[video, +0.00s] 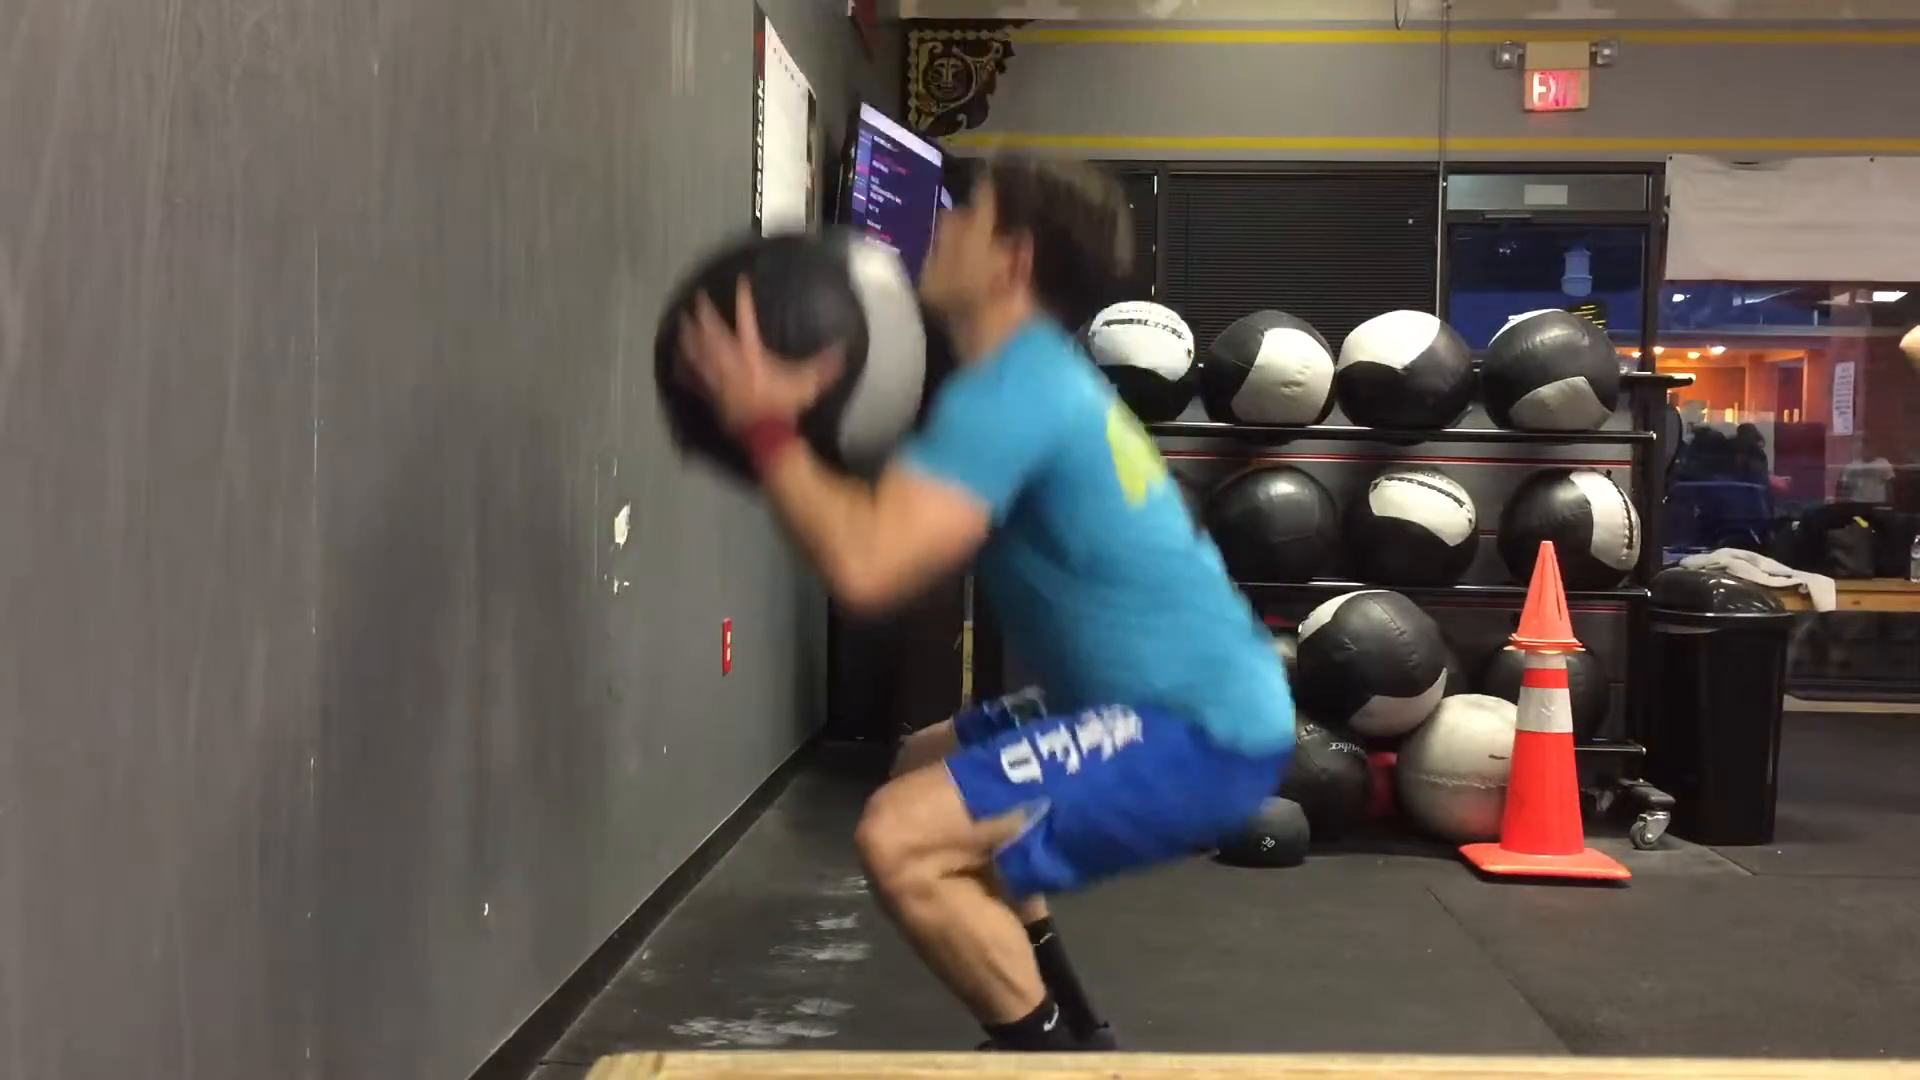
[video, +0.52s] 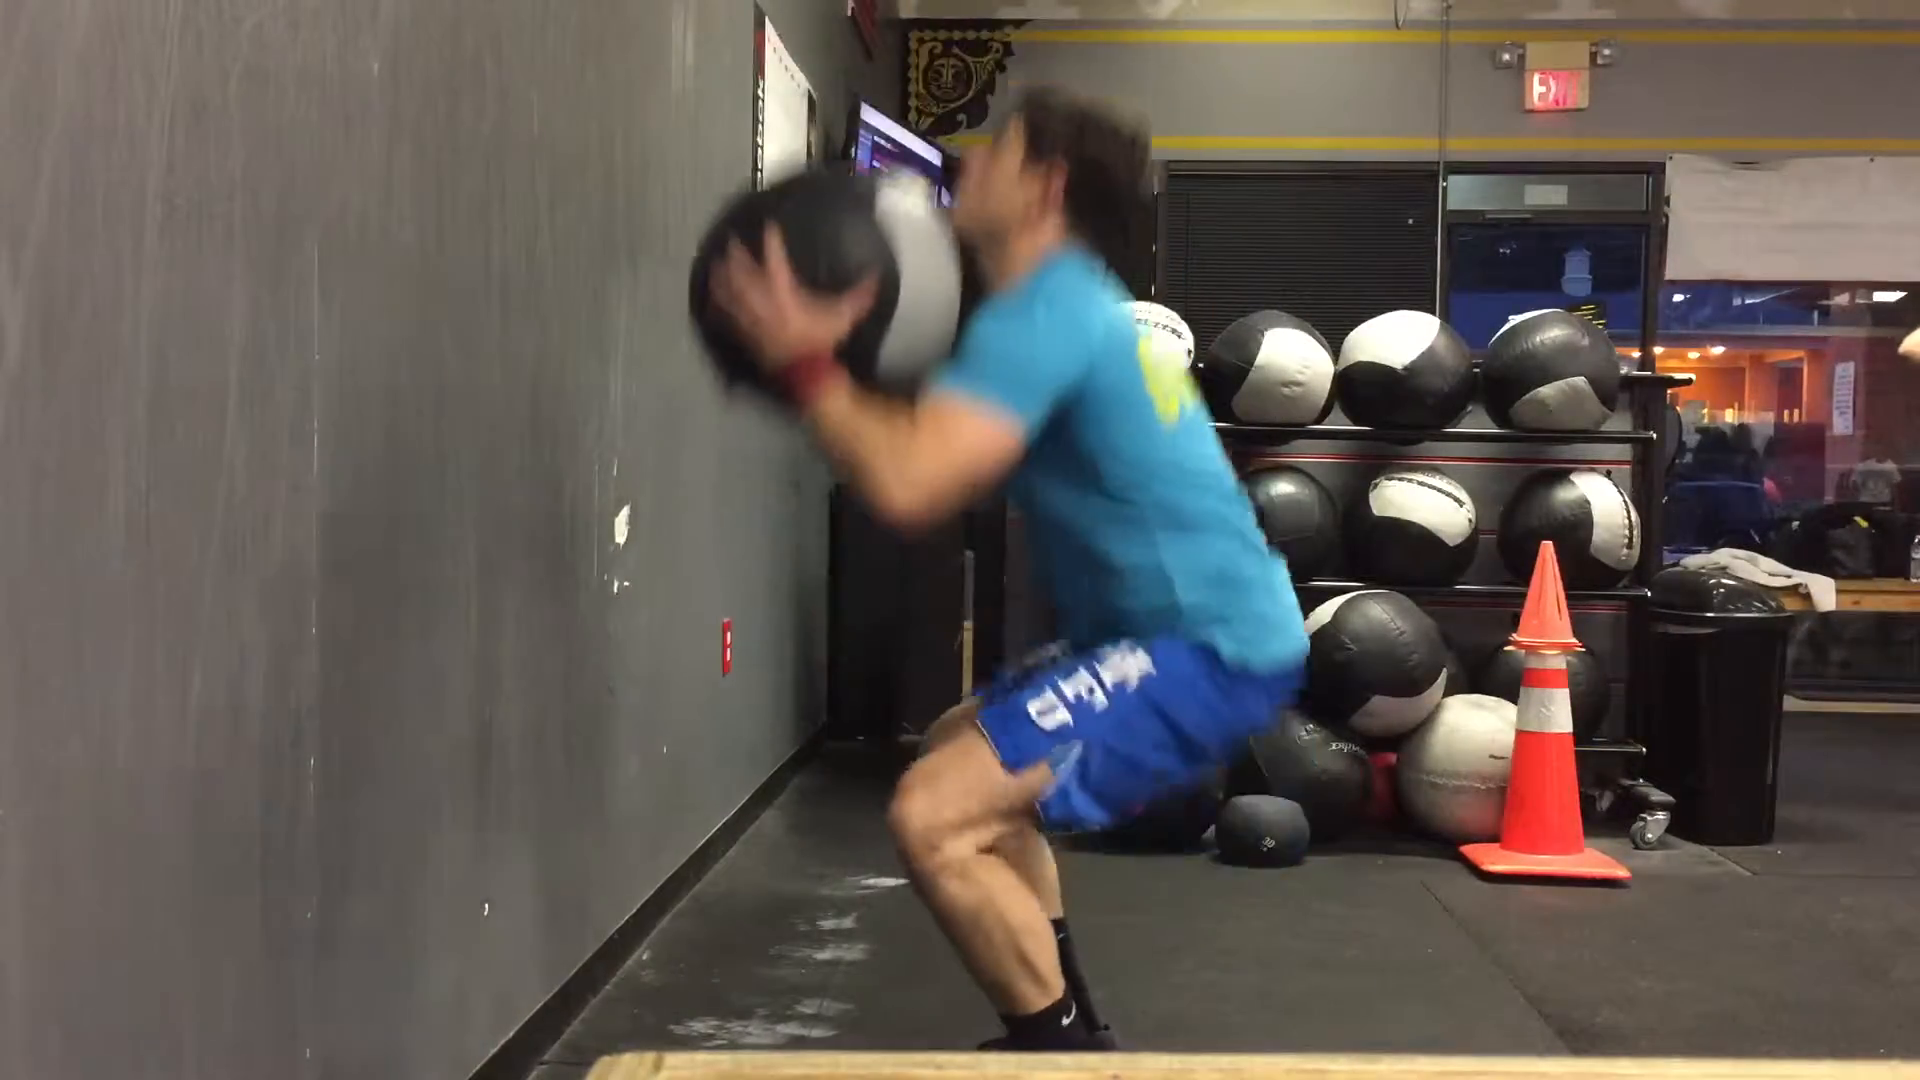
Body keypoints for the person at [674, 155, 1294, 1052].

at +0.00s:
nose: (940, 225)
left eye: (965, 214)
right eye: (956, 208)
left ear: (1013, 263)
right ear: (1015, 269)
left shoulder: (1018, 390)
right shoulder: (1028, 371)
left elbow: (869, 567)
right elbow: (891, 538)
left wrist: (766, 428)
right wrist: (781, 427)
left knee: (900, 841)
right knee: (924, 764)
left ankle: (1046, 1046)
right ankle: (1063, 1016)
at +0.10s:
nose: (929, 336)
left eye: (952, 323)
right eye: (943, 319)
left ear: (1004, 369)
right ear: (1004, 373)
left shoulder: (1010, 505)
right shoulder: (1026, 483)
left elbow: (867, 700)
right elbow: (889, 661)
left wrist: (762, 559)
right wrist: (782, 555)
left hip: (1190, 830)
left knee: (888, 853)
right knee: (911, 775)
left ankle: (1042, 1050)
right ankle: (1066, 1028)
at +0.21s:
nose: (924, 401)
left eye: (948, 389)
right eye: (939, 384)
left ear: (1000, 436)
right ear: (1002, 440)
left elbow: (873, 765)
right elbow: (903, 721)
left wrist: (767, 638)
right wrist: (791, 637)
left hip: (1199, 876)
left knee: (899, 858)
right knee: (925, 815)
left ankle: (1047, 1056)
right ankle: (1071, 1036)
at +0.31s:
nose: (929, 365)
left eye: (950, 353)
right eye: (941, 348)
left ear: (1003, 393)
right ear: (1006, 395)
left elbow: (889, 726)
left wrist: (771, 602)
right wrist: (798, 608)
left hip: (1211, 829)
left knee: (908, 841)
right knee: (935, 774)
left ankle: (1045, 1050)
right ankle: (1067, 1031)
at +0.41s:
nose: (939, 275)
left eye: (963, 261)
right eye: (953, 257)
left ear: (1019, 305)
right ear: (1018, 310)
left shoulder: (1029, 435)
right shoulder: (1048, 412)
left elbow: (900, 623)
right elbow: (911, 586)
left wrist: (783, 503)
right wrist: (789, 492)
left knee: (920, 826)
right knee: (947, 754)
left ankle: (1052, 1051)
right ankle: (1064, 1016)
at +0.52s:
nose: (966, 160)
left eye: (993, 148)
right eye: (982, 144)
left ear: (1044, 186)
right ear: (1045, 191)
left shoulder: (1052, 310)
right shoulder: (1069, 298)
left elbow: (909, 483)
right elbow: (926, 452)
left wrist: (806, 362)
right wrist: (825, 363)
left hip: (1207, 647)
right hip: (1167, 631)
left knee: (932, 816)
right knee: (961, 770)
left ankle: (1055, 1042)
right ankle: (1062, 1016)